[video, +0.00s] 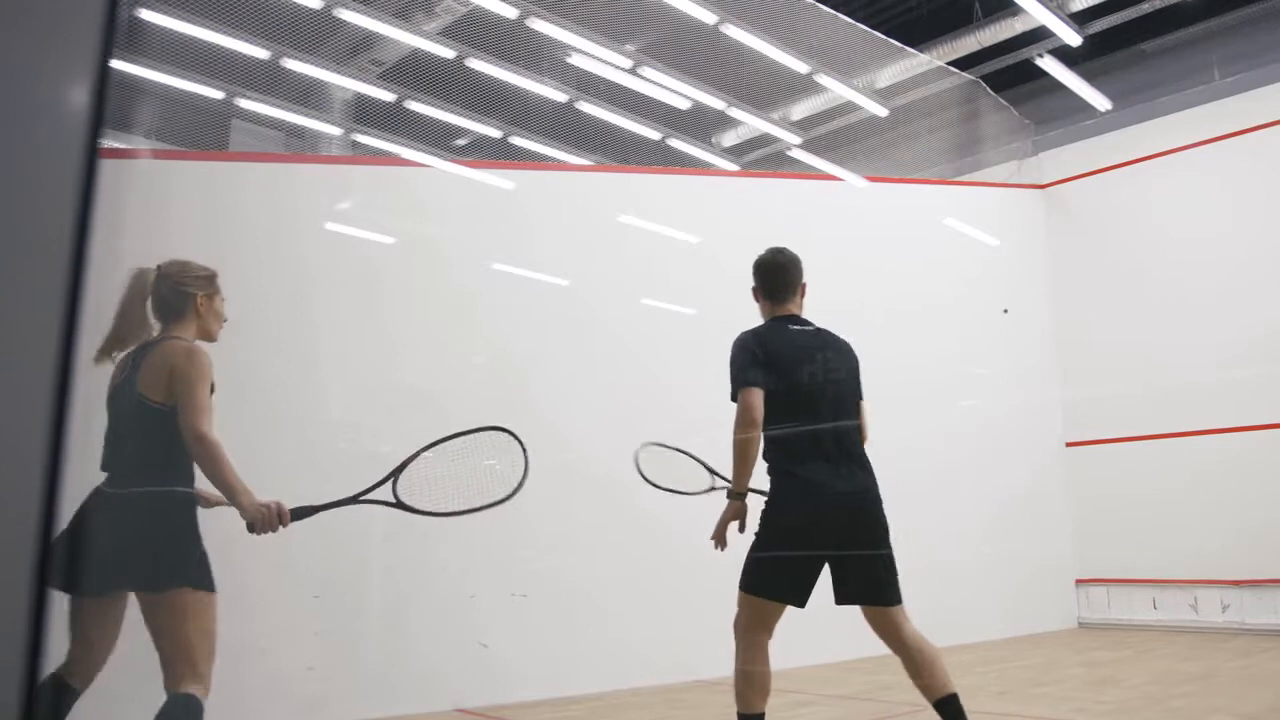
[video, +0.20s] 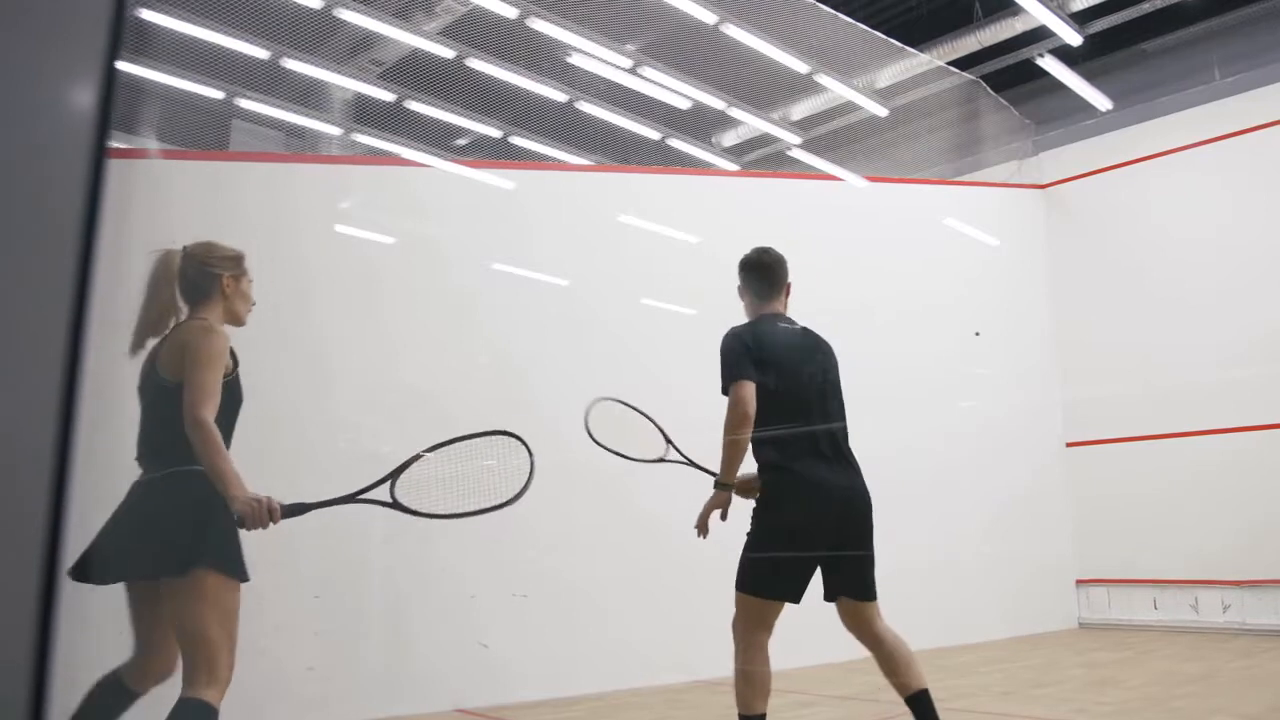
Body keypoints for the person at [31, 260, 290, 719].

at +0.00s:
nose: (225, 311)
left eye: (223, 300)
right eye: (219, 300)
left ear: (173, 305)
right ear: (198, 303)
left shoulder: (129, 361)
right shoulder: (190, 355)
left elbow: (131, 457)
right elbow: (198, 435)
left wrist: (192, 493)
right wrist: (248, 502)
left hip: (104, 519)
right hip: (162, 523)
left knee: (80, 664)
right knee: (189, 683)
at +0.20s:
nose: (253, 295)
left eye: (251, 284)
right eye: (248, 284)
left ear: (199, 288)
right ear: (227, 285)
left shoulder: (164, 347)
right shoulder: (210, 337)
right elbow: (200, 420)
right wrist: (239, 494)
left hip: (147, 508)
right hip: (194, 508)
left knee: (152, 662)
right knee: (208, 677)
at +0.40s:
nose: (284, 274)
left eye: (281, 263)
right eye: (278, 263)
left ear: (245, 266)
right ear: (257, 265)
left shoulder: (231, 325)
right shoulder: (222, 318)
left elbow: (216, 426)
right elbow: (201, 406)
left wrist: (258, 483)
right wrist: (239, 487)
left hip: (222, 502)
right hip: (205, 502)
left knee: (244, 661)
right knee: (203, 676)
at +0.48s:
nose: (297, 268)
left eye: (294, 257)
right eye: (291, 256)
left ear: (259, 259)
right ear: (269, 257)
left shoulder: (243, 320)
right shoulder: (230, 312)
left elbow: (223, 426)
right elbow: (205, 405)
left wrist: (275, 481)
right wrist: (243, 482)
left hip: (240, 505)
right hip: (215, 504)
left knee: (275, 655)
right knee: (201, 679)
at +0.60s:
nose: (316, 264)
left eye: (314, 252)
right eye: (310, 251)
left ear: (277, 254)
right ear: (287, 252)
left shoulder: (263, 319)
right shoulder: (241, 308)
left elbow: (252, 428)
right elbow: (216, 402)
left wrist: (302, 477)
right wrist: (260, 481)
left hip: (264, 506)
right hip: (228, 504)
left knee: (313, 651)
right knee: (201, 678)